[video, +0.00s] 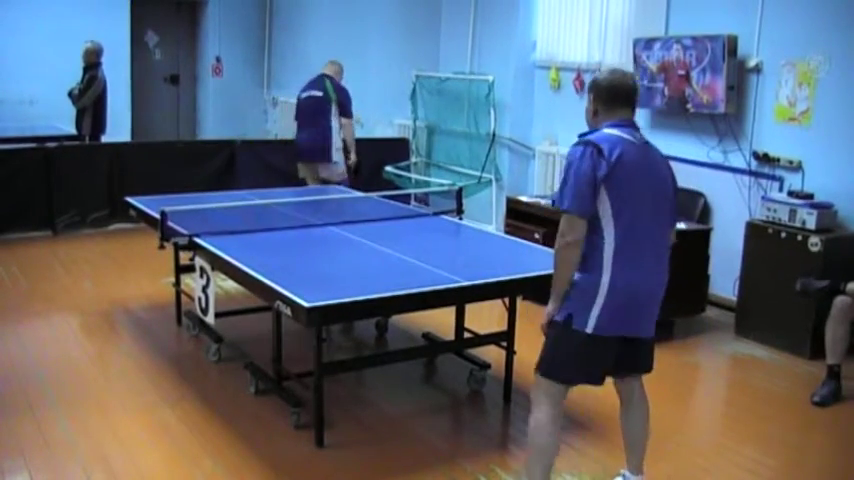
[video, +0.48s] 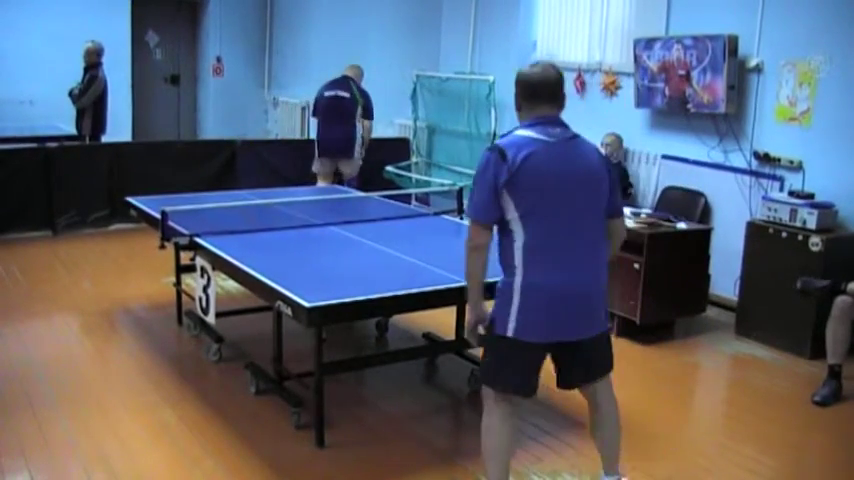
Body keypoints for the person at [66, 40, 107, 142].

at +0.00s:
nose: (84, 56)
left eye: (87, 53)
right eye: (84, 52)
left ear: (95, 55)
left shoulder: (95, 76)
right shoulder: (88, 73)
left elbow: (81, 102)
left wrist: (74, 91)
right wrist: (76, 92)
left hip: (92, 128)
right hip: (85, 126)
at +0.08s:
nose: (84, 56)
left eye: (88, 53)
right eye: (85, 52)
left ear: (95, 55)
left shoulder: (96, 76)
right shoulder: (88, 74)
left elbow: (81, 101)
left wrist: (74, 92)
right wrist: (76, 93)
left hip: (92, 128)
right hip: (85, 127)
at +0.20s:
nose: (84, 56)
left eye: (88, 53)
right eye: (85, 52)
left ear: (95, 55)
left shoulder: (96, 76)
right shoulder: (88, 73)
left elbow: (81, 101)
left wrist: (74, 92)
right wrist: (76, 93)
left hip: (92, 128)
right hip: (85, 127)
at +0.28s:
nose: (84, 56)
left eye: (88, 53)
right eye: (85, 52)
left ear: (95, 55)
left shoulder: (96, 76)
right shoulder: (88, 73)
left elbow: (81, 101)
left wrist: (74, 92)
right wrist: (76, 93)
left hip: (92, 128)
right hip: (85, 127)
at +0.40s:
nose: (85, 57)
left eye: (89, 54)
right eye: (85, 53)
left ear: (97, 56)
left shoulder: (96, 76)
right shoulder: (88, 73)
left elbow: (81, 101)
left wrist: (74, 91)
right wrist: (76, 92)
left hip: (92, 128)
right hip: (85, 127)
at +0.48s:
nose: (85, 57)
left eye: (89, 54)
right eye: (85, 53)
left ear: (98, 56)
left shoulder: (96, 76)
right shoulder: (88, 74)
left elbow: (81, 101)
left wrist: (74, 91)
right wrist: (76, 92)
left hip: (92, 128)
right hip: (85, 127)